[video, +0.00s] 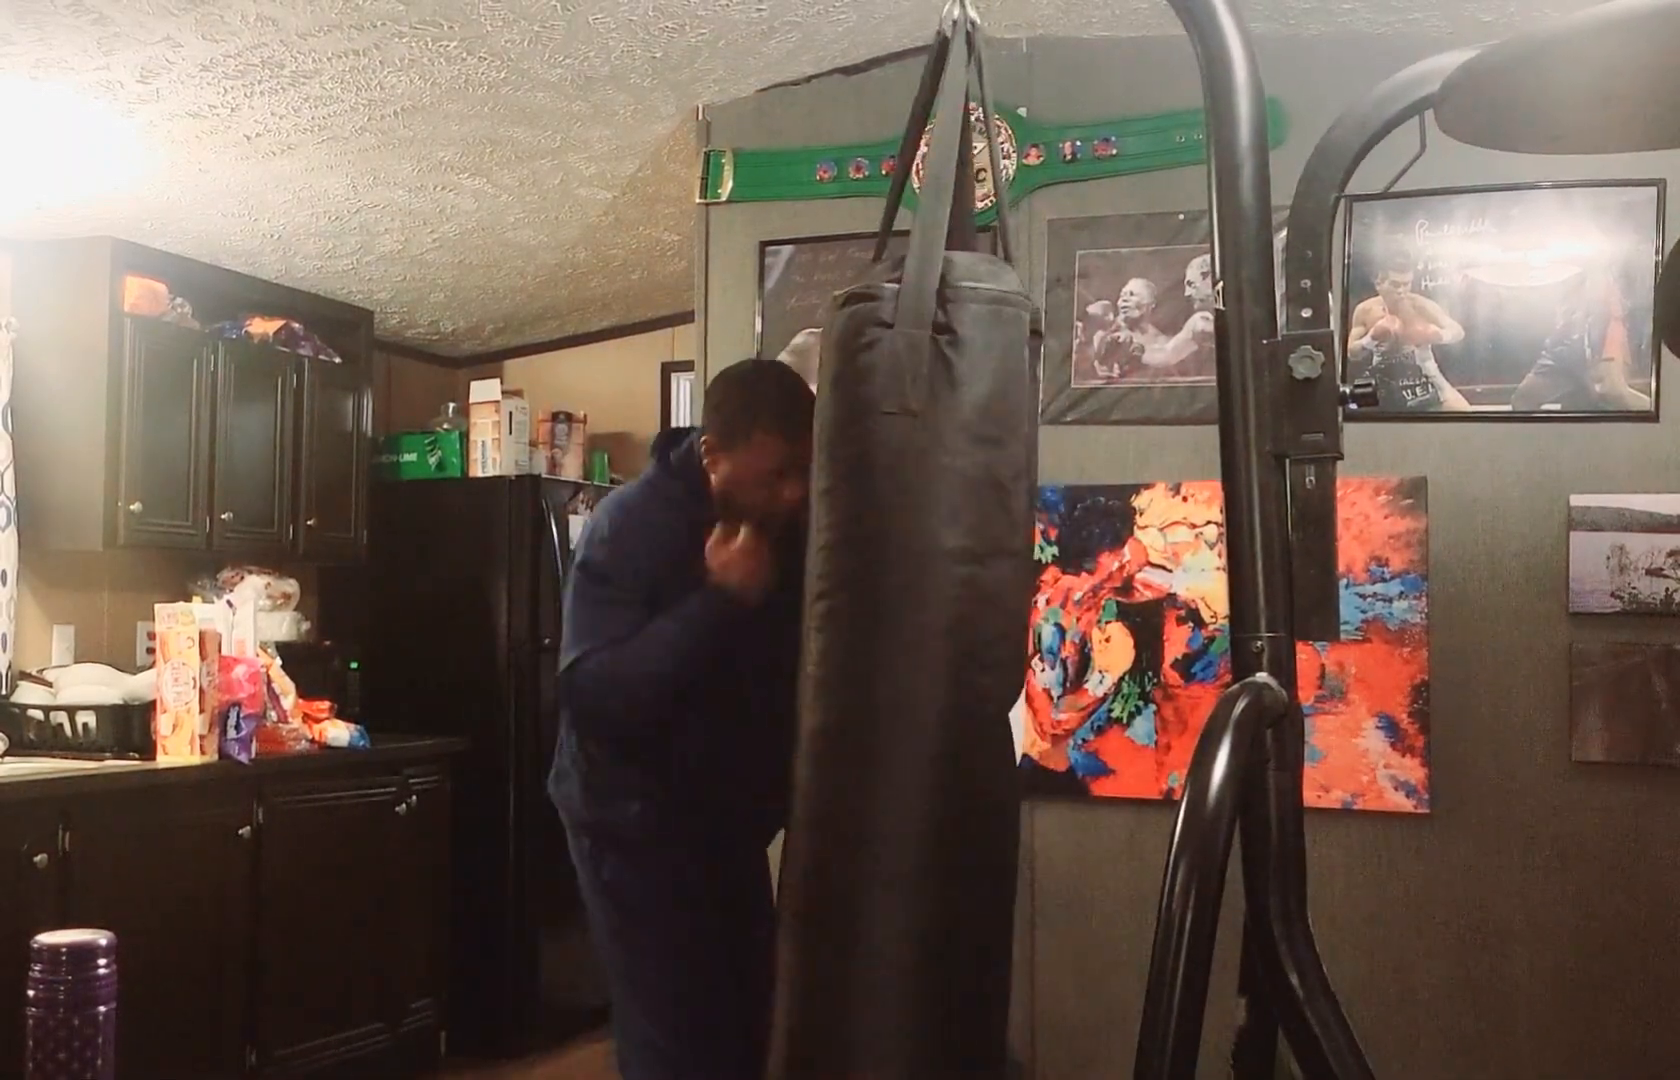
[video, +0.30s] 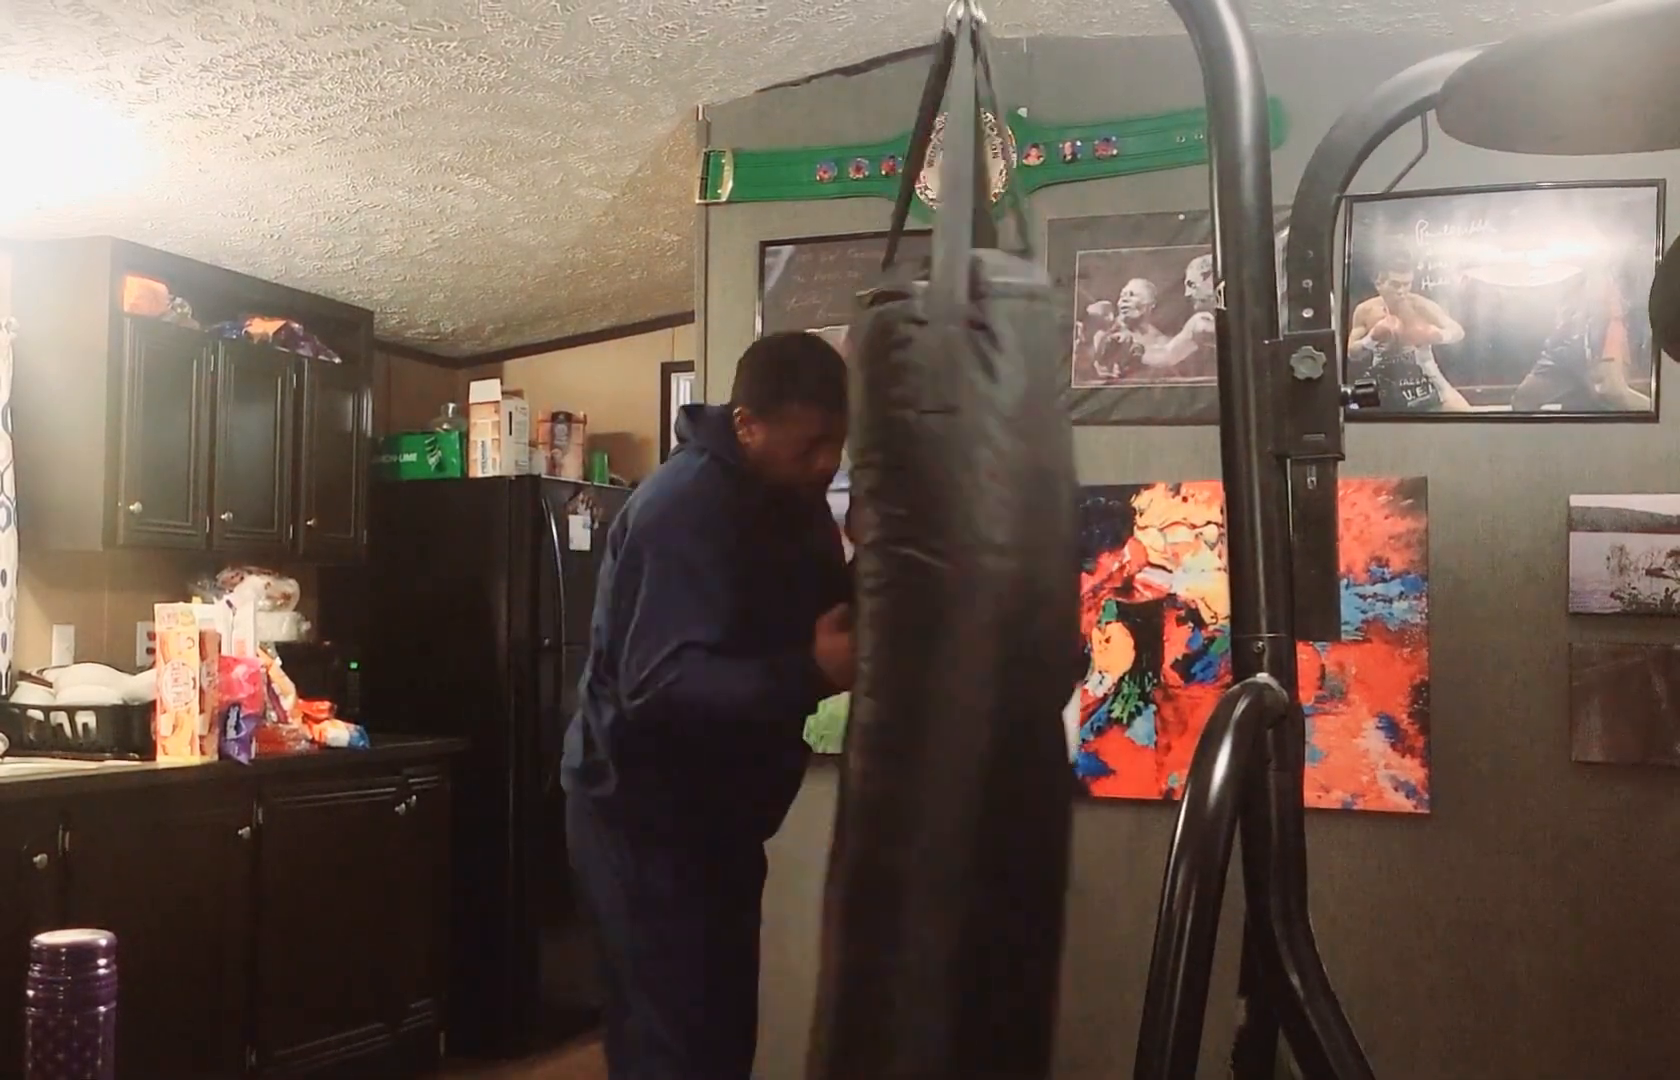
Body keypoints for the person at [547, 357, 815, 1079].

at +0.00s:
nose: (799, 494)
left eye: (806, 473)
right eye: (783, 474)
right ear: (714, 459)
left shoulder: (783, 530)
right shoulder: (632, 528)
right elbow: (596, 694)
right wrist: (720, 597)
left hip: (726, 811)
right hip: (632, 818)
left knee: (744, 1022)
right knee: (671, 1036)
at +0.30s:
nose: (831, 463)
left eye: (837, 442)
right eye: (814, 445)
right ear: (748, 426)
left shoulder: (792, 501)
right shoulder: (686, 504)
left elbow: (833, 628)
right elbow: (659, 679)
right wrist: (811, 671)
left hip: (718, 811)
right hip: (642, 816)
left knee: (723, 1039)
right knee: (675, 1045)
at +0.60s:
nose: (792, 451)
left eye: (803, 429)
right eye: (772, 432)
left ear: (815, 414)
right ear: (709, 418)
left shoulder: (785, 502)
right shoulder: (643, 504)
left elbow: (834, 651)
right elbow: (624, 682)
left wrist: (855, 610)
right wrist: (781, 692)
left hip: (721, 816)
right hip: (634, 821)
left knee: (723, 1043)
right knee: (675, 1049)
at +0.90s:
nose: (772, 449)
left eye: (781, 426)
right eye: (751, 433)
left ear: (792, 404)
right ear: (686, 412)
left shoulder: (795, 472)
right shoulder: (612, 498)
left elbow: (906, 532)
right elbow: (571, 676)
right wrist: (727, 684)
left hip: (728, 811)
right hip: (629, 817)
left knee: (722, 1040)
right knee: (650, 1046)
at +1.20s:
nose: (729, 574)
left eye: (744, 556)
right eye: (708, 560)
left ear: (766, 512)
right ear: (664, 519)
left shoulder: (811, 541)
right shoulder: (599, 559)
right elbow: (536, 728)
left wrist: (827, 698)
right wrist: (667, 714)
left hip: (725, 824)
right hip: (607, 836)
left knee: (757, 1041)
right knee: (640, 1044)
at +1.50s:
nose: (597, 630)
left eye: (615, 606)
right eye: (573, 615)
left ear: (651, 550)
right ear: (541, 583)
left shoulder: (746, 568)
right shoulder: (504, 630)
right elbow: (468, 783)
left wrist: (722, 632)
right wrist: (556, 781)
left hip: (720, 873)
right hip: (586, 892)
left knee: (715, 1055)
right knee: (596, 1060)